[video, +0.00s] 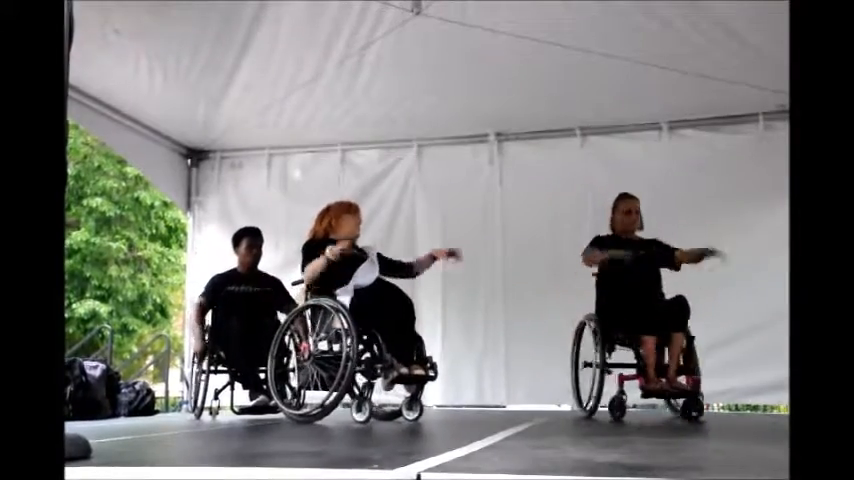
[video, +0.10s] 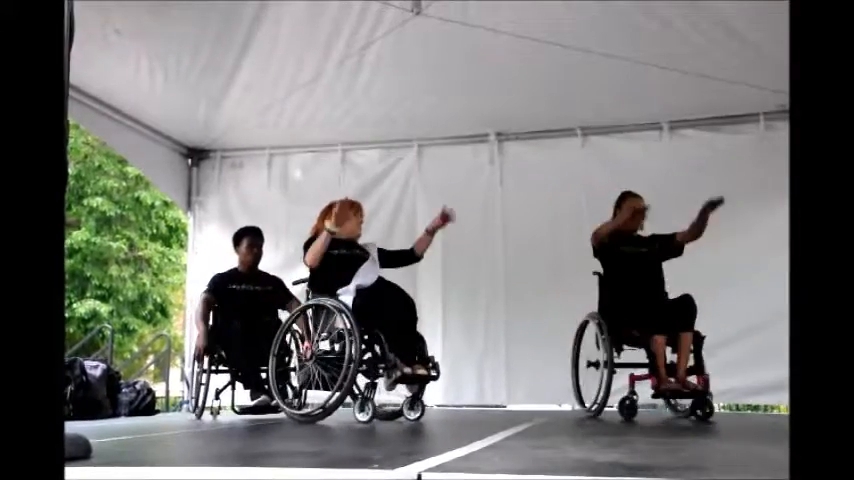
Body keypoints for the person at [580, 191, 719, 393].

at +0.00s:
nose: (633, 217)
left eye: (636, 212)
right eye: (627, 212)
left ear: (640, 217)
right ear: (613, 217)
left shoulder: (649, 246)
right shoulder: (604, 242)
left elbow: (679, 256)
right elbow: (589, 256)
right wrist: (601, 258)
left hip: (649, 310)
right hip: (616, 311)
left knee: (679, 303)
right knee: (649, 316)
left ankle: (672, 377)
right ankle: (651, 380)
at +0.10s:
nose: (639, 217)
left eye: (642, 212)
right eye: (633, 211)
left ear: (645, 216)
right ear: (619, 213)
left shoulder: (650, 242)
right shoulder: (608, 241)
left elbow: (689, 235)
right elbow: (598, 237)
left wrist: (704, 214)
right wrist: (621, 217)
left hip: (653, 307)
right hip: (620, 310)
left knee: (686, 302)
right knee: (656, 317)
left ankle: (681, 377)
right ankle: (662, 381)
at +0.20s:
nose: (647, 212)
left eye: (650, 208)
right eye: (641, 206)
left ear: (651, 213)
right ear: (624, 211)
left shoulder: (658, 238)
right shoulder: (613, 238)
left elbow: (688, 209)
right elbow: (605, 204)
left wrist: (701, 169)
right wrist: (630, 171)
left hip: (661, 305)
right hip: (629, 307)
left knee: (699, 302)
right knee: (673, 310)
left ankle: (697, 377)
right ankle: (679, 380)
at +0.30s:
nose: (653, 212)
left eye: (656, 208)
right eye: (648, 206)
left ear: (658, 212)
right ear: (632, 207)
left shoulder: (662, 234)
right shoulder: (617, 234)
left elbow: (687, 198)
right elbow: (603, 193)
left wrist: (699, 156)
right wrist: (619, 152)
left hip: (666, 305)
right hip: (634, 307)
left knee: (709, 303)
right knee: (686, 314)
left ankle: (707, 377)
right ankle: (687, 378)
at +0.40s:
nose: (665, 214)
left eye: (667, 209)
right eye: (659, 208)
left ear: (670, 211)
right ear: (642, 209)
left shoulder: (669, 233)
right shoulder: (623, 232)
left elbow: (688, 199)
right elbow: (598, 191)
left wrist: (701, 164)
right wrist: (592, 145)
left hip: (675, 307)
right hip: (644, 310)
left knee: (729, 302)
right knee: (703, 303)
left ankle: (725, 378)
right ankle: (706, 377)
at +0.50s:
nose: (671, 216)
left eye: (674, 211)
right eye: (666, 210)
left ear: (675, 212)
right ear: (649, 208)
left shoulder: (674, 234)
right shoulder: (628, 232)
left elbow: (694, 208)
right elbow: (596, 200)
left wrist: (707, 184)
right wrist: (573, 158)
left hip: (683, 310)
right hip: (652, 312)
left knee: (740, 302)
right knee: (715, 299)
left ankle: (737, 378)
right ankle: (719, 375)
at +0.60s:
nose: (677, 215)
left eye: (679, 211)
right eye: (672, 209)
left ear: (681, 213)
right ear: (654, 207)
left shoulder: (681, 233)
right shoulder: (634, 230)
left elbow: (703, 220)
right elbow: (590, 209)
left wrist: (719, 205)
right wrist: (553, 180)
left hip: (687, 310)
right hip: (657, 313)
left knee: (750, 302)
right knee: (724, 303)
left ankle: (747, 378)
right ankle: (734, 371)